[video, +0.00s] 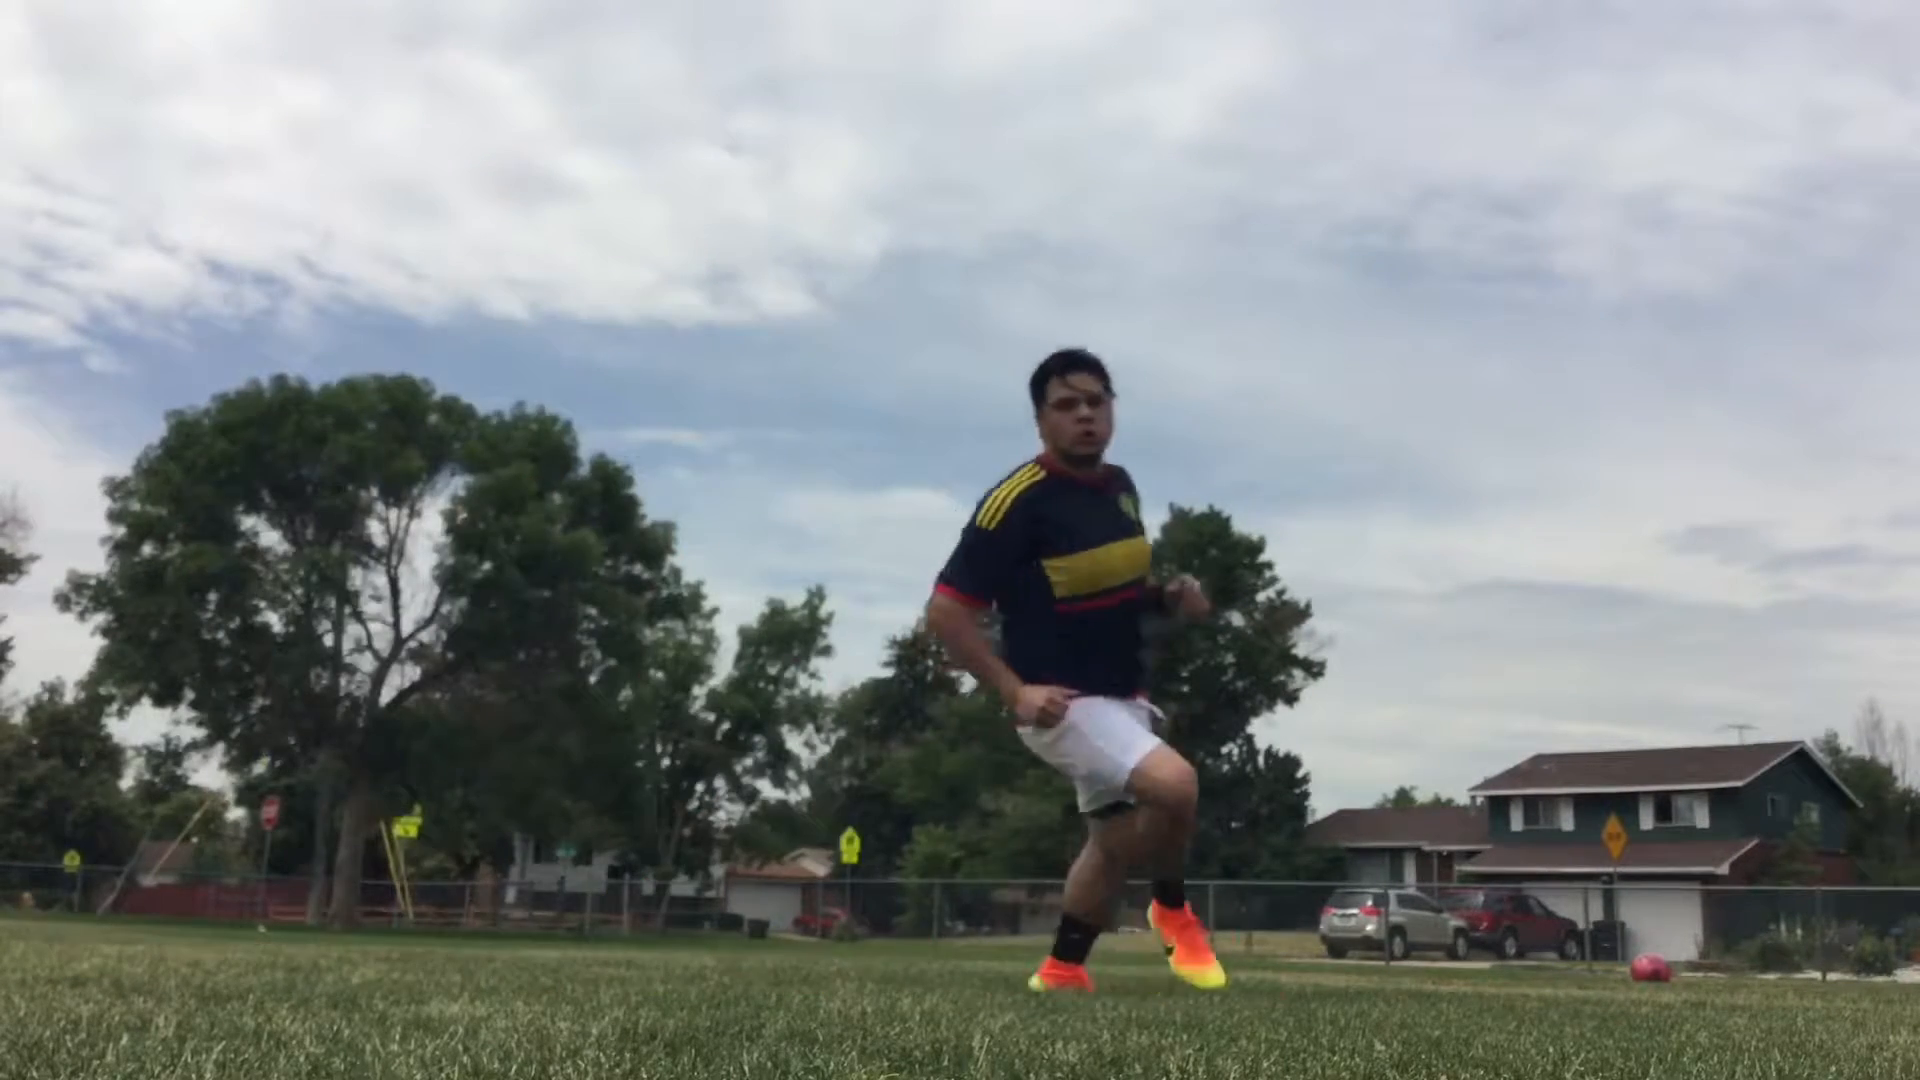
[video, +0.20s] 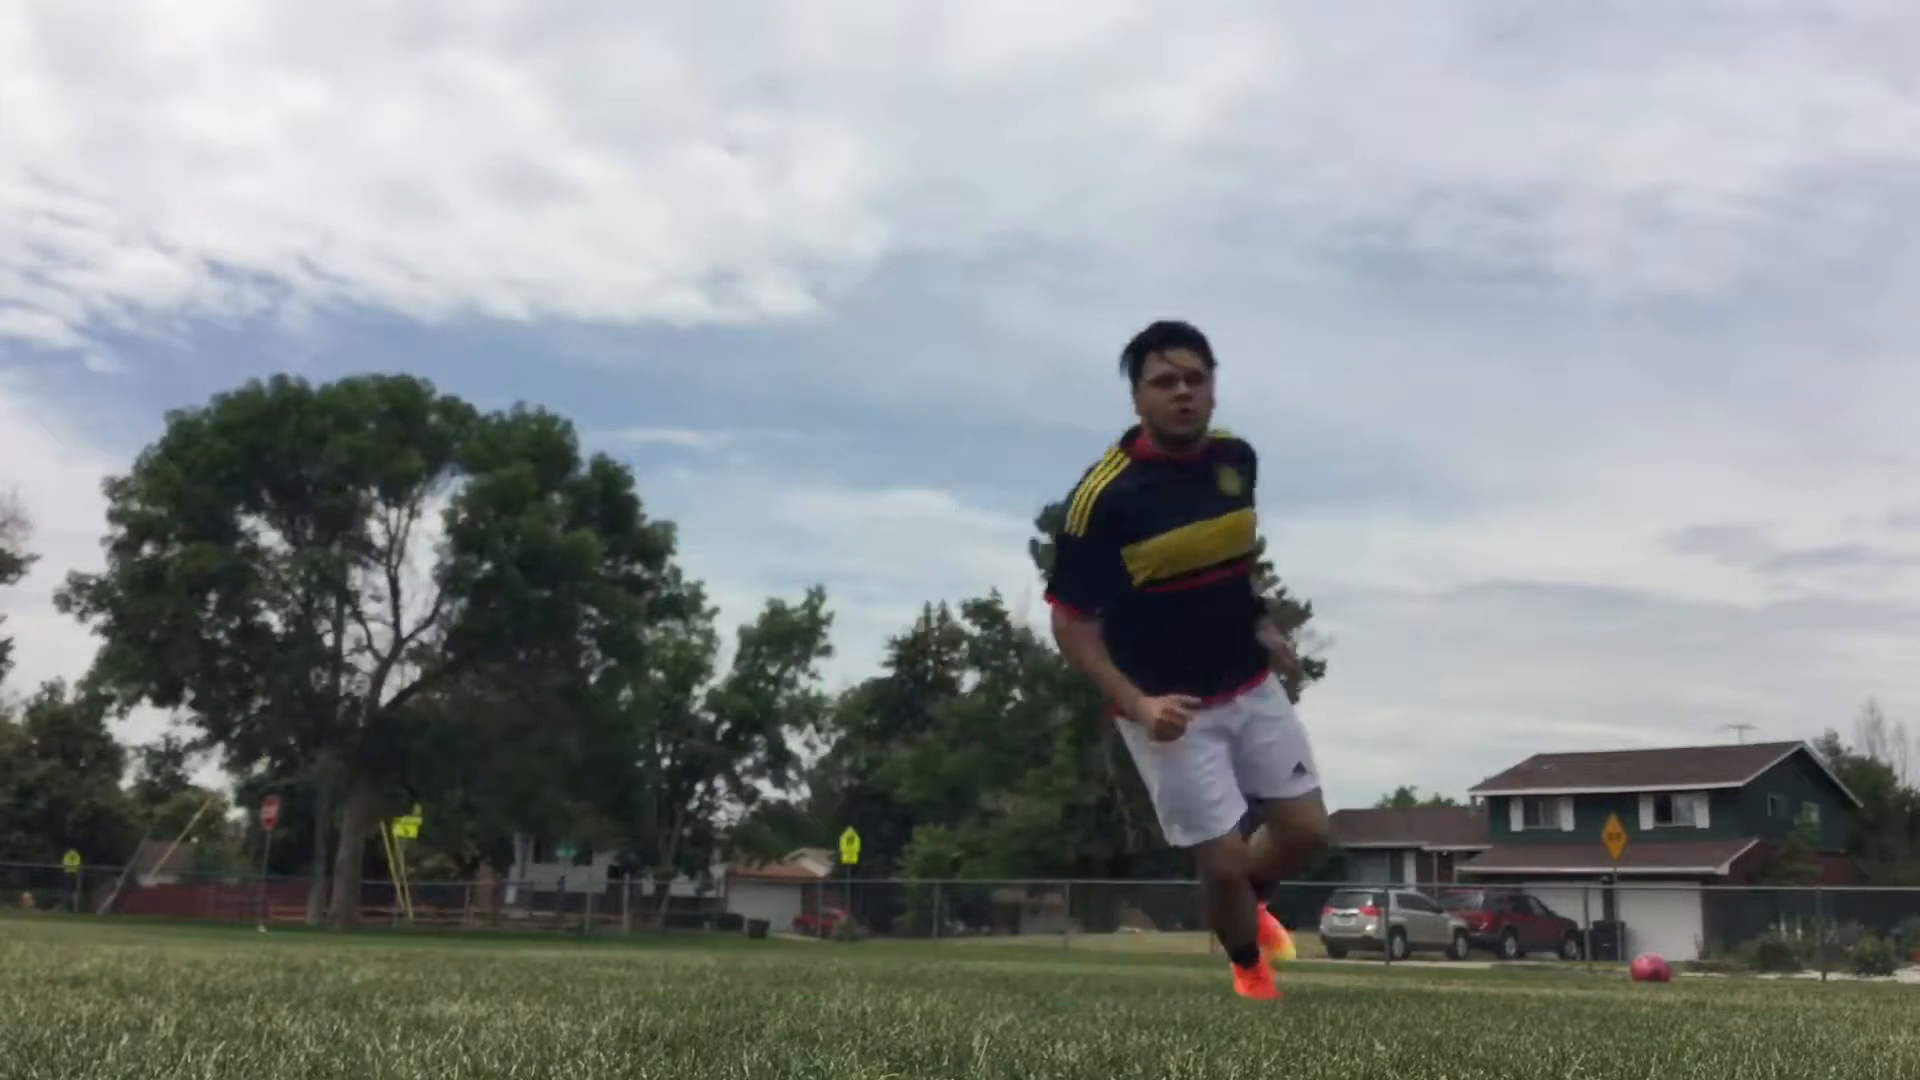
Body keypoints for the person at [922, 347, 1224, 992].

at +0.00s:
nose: (1085, 414)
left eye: (1097, 402)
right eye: (1067, 404)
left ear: (1112, 412)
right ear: (1039, 420)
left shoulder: (1119, 487)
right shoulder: (1014, 503)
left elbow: (1116, 590)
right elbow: (946, 613)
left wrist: (1165, 596)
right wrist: (1015, 692)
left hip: (1125, 698)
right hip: (1059, 702)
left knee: (1114, 845)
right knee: (1174, 784)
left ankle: (1063, 968)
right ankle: (1171, 908)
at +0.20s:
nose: (1184, 393)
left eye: (1196, 379)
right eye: (1165, 382)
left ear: (1213, 387)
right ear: (1137, 397)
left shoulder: (1236, 461)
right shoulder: (1101, 498)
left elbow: (1233, 572)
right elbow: (1069, 623)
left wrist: (1265, 632)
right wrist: (1136, 705)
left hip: (1251, 686)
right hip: (1170, 710)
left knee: (1305, 830)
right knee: (1227, 866)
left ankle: (1242, 890)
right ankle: (1249, 967)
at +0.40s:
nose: (1324, 367)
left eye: (1340, 354)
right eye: (1304, 354)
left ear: (1360, 370)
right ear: (1272, 371)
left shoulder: (1366, 452)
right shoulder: (1224, 451)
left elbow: (1350, 544)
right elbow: (1139, 565)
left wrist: (1383, 630)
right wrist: (1257, 602)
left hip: (1329, 653)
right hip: (1229, 686)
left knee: (1411, 786)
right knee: (1252, 837)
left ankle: (1415, 985)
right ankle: (1258, 945)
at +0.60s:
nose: (1359, 242)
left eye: (1378, 228)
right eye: (1337, 232)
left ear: (1409, 251)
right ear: (1308, 261)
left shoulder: (1456, 349)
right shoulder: (1258, 357)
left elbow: (1564, 486)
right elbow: (1135, 412)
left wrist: (1519, 442)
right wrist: (1133, 535)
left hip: (1417, 623)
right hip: (1297, 610)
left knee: (1447, 821)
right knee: (1331, 756)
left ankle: (1425, 980)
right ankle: (1312, 910)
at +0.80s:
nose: (1390, 48)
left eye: (1415, 32)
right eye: (1364, 35)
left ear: (1449, 69)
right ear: (1327, 72)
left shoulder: (1513, 201)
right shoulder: (1262, 225)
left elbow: (1562, 344)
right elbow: (1192, 385)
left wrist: (1587, 469)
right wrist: (1234, 489)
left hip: (1492, 520)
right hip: (1338, 526)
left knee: (1547, 768)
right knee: (1366, 745)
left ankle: (1463, 867)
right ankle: (1399, 1001)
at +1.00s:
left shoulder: (1632, 13)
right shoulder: (1330, 9)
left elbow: (1577, 176)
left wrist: (1628, 320)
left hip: (1561, 333)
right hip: (1366, 367)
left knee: (1608, 583)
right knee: (1374, 729)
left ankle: (1651, 1000)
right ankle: (1405, 880)